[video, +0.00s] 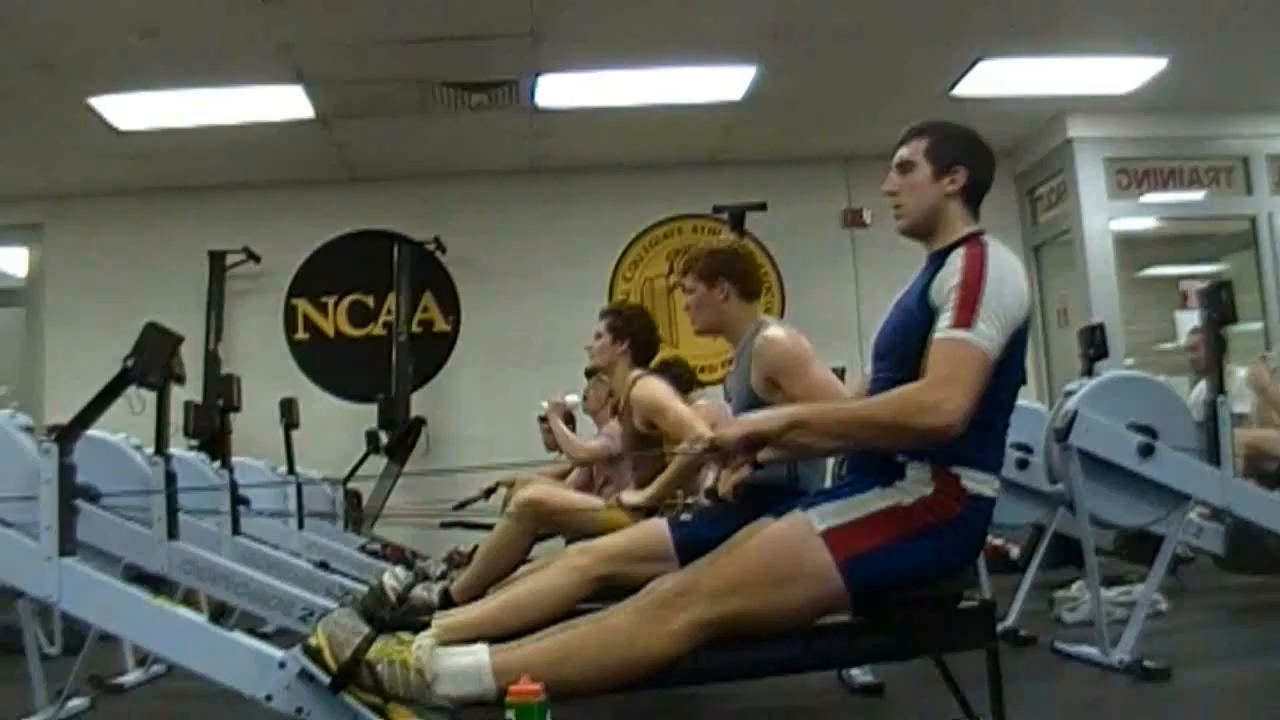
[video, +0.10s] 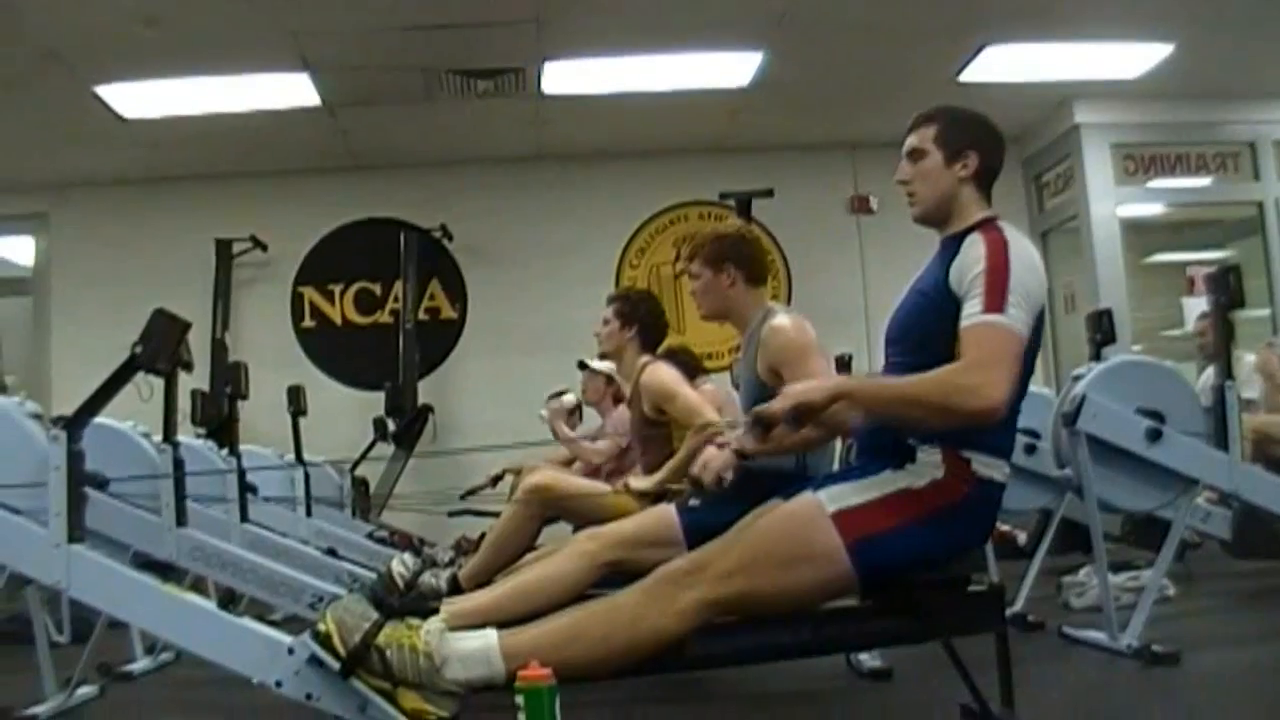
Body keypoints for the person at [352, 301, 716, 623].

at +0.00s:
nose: (590, 345)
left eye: (599, 337)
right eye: (593, 336)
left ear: (623, 347)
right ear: (620, 349)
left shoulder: (645, 391)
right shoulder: (628, 396)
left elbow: (701, 441)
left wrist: (648, 497)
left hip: (655, 517)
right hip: (640, 508)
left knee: (534, 501)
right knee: (527, 493)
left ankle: (453, 598)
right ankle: (461, 583)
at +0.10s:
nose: (599, 332)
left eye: (607, 323)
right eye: (601, 323)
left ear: (631, 331)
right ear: (627, 332)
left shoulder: (655, 377)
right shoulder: (636, 381)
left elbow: (710, 427)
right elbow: (658, 444)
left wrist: (657, 482)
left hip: (658, 501)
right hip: (641, 493)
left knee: (540, 486)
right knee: (533, 481)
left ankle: (462, 584)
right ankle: (469, 572)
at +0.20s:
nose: (588, 330)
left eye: (596, 322)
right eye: (590, 321)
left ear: (620, 328)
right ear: (617, 329)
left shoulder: (647, 374)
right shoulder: (632, 380)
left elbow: (706, 425)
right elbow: (643, 450)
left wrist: (657, 469)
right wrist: (627, 471)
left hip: (655, 498)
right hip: (638, 491)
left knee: (530, 483)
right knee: (526, 481)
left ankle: (454, 581)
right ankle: (462, 573)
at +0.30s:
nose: (575, 338)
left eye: (582, 329)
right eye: (576, 329)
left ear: (607, 333)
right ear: (607, 335)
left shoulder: (634, 379)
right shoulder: (622, 383)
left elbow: (692, 428)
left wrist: (642, 460)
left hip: (644, 509)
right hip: (627, 500)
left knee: (517, 489)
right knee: (517, 483)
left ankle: (446, 585)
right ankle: (451, 578)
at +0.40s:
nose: (569, 348)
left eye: (576, 339)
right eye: (571, 339)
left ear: (601, 342)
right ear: (600, 342)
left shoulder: (632, 385)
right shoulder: (619, 390)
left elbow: (683, 428)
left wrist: (635, 485)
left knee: (521, 495)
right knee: (518, 486)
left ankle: (449, 594)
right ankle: (454, 581)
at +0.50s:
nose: (577, 358)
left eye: (583, 349)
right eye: (577, 349)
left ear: (608, 350)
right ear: (608, 351)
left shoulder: (643, 391)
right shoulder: (630, 398)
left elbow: (690, 444)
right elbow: (636, 459)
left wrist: (645, 498)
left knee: (534, 504)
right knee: (531, 498)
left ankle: (464, 596)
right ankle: (465, 587)